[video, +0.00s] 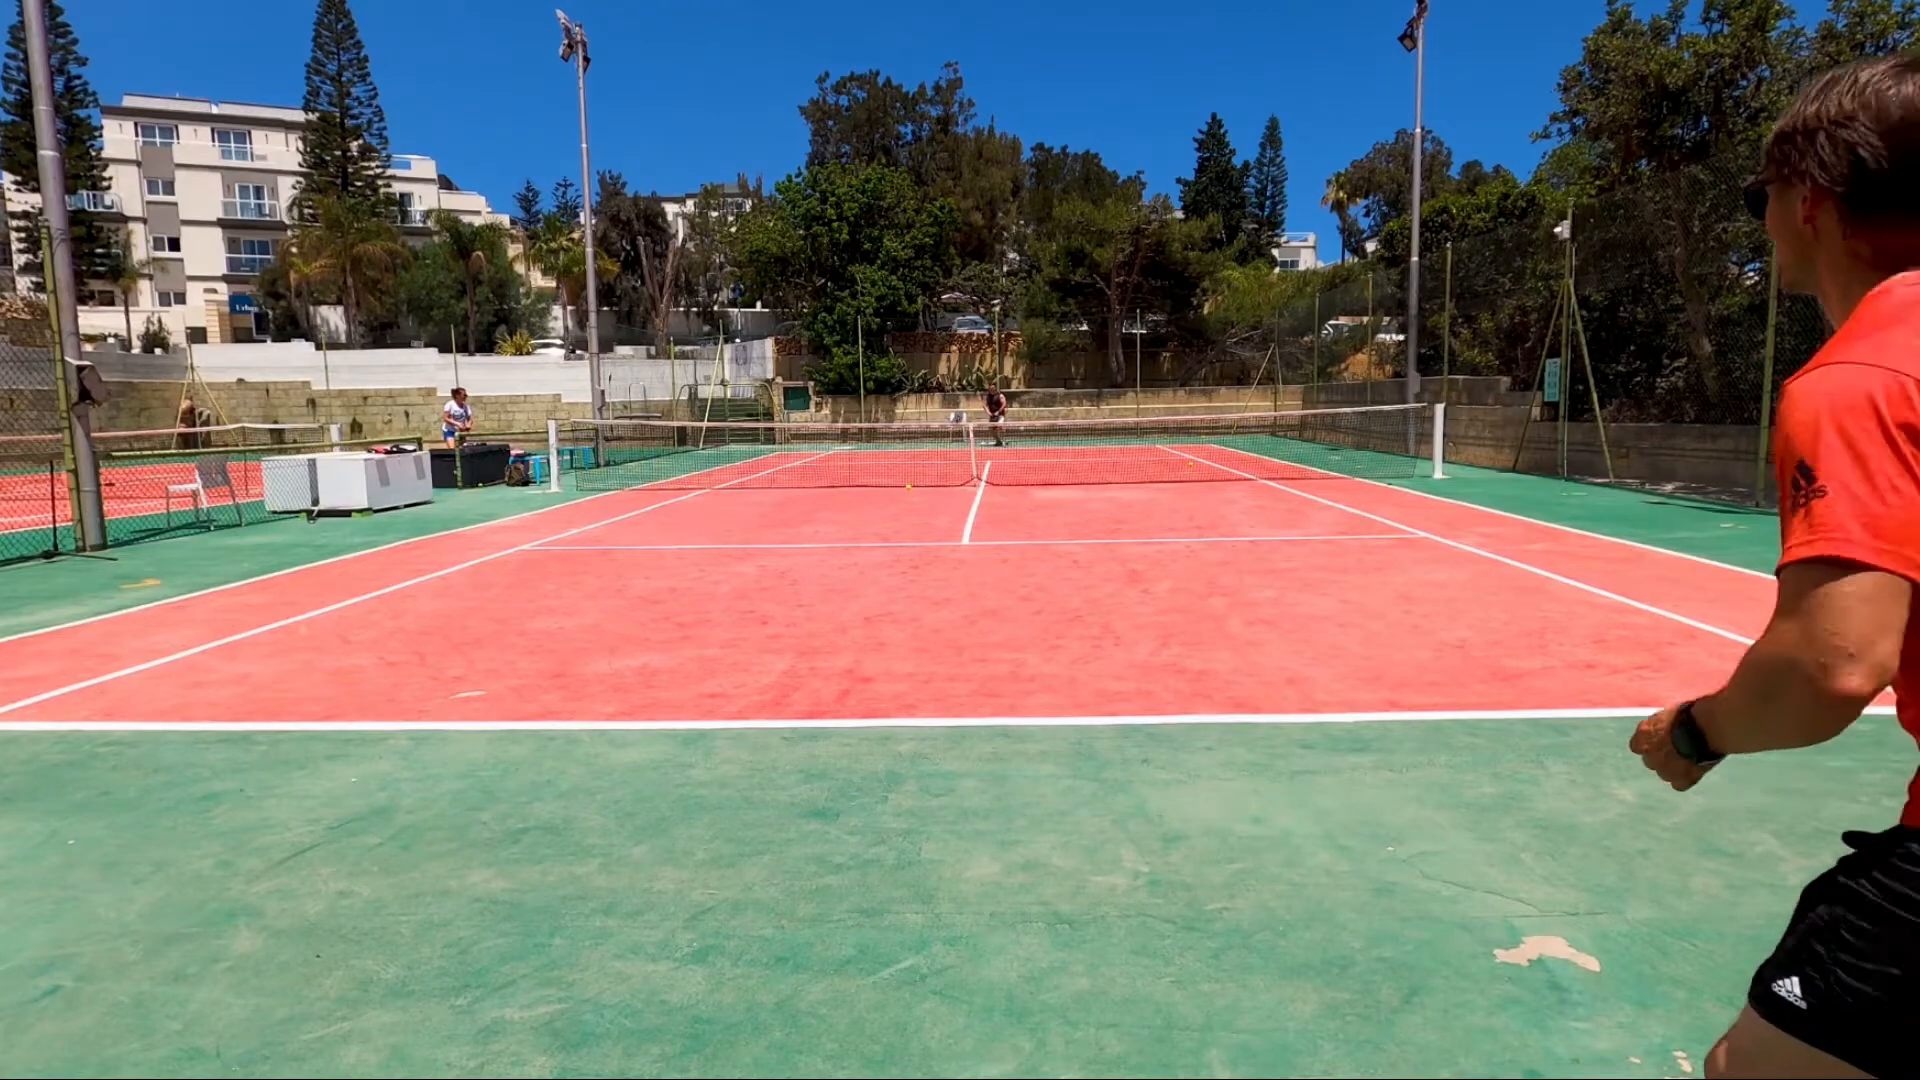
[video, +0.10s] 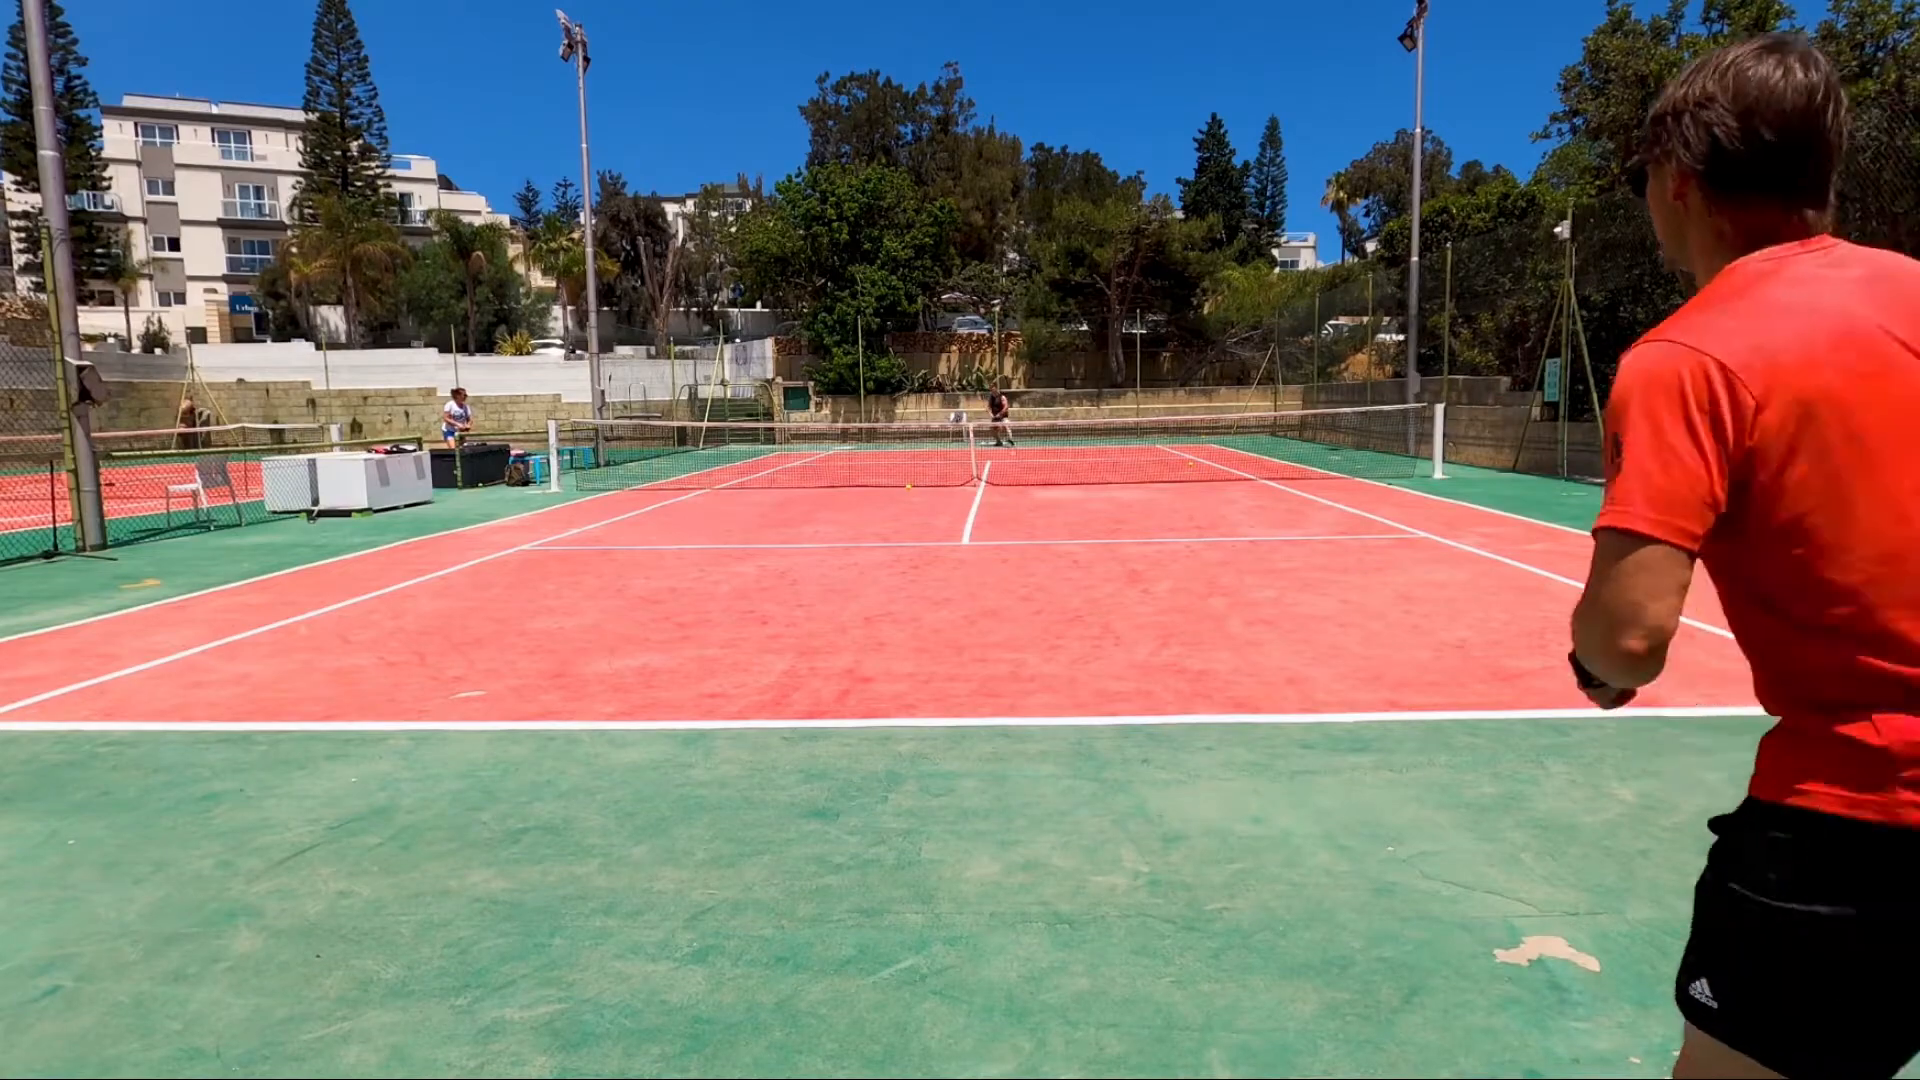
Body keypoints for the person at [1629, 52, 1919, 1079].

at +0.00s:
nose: (1767, 226)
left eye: (1768, 195)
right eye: (1765, 197)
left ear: (1812, 202)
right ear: (1913, 195)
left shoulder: (1865, 377)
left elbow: (1837, 662)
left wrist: (1698, 731)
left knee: (1751, 1066)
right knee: (1756, 1060)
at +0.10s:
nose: (1649, 209)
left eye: (1649, 179)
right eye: (1648, 181)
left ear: (1682, 182)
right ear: (1820, 172)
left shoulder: (1695, 353)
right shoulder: (1907, 285)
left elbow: (1633, 631)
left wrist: (1604, 659)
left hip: (1853, 794)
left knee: (1722, 1061)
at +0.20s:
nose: (1575, 131)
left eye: (1572, 108)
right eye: (1574, 109)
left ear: (1596, 107)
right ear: (1734, 103)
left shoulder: (1560, 276)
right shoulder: (1898, 238)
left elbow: (1508, 526)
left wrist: (1559, 580)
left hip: (1711, 736)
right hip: (1906, 722)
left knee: (1733, 1061)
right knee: (1908, 1000)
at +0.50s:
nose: (1332, 204)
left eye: (1336, 186)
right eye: (1338, 185)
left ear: (1349, 198)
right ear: (1464, 203)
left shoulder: (1297, 347)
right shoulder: (1555, 347)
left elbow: (1222, 561)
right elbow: (1621, 546)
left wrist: (1285, 614)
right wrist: (1497, 590)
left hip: (1336, 729)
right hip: (1505, 739)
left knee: (1182, 924)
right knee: (1501, 934)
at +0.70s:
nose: (1105, 243)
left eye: (1107, 232)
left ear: (1109, 241)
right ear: (1210, 248)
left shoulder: (1042, 374)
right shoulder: (1271, 383)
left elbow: (982, 567)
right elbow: (1343, 563)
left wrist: (1046, 614)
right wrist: (1227, 586)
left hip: (1069, 719)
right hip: (1227, 728)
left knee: (950, 887)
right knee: (1346, 924)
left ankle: (893, 1071)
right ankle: (1463, 1075)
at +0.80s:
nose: (1025, 202)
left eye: (1020, 190)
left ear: (1018, 200)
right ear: (1115, 205)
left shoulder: (947, 329)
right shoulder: (1169, 341)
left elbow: (873, 506)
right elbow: (1242, 520)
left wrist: (956, 562)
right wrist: (1130, 556)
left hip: (974, 675)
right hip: (1123, 677)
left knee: (917, 877)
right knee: (1234, 883)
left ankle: (880, 1071)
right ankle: (1313, 1073)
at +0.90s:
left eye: (956, 132)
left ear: (953, 145)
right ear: (1056, 147)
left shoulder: (886, 272)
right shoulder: (1113, 280)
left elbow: (817, 441)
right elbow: (1170, 457)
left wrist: (892, 513)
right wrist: (1067, 507)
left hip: (920, 610)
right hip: (1059, 611)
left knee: (874, 837)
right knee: (1117, 838)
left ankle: (839, 1057)